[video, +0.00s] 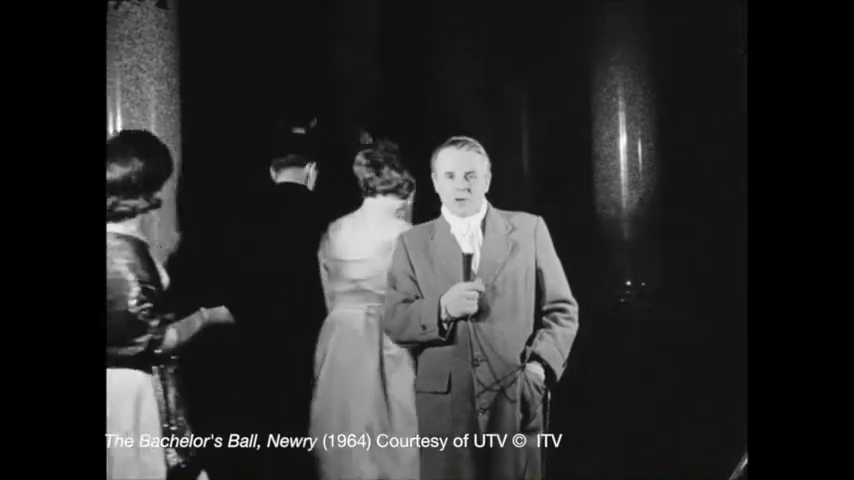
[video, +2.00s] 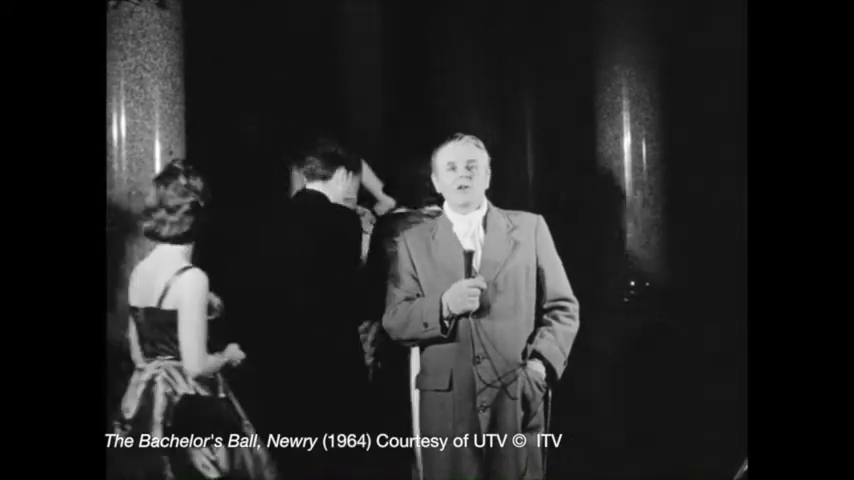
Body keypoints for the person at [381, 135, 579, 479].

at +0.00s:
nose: (460, 186)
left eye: (470, 175)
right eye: (449, 176)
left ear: (488, 181)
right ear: (435, 182)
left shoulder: (529, 230)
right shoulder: (411, 243)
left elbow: (561, 309)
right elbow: (394, 319)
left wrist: (540, 365)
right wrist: (440, 309)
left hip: (513, 397)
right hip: (441, 398)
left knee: (518, 474)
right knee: (443, 474)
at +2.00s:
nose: (463, 173)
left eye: (472, 164)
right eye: (451, 166)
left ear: (488, 176)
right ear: (435, 181)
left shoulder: (530, 228)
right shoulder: (413, 242)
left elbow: (562, 306)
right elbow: (395, 319)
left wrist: (541, 363)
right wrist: (443, 306)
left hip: (516, 395)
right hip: (445, 397)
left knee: (520, 473)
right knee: (446, 473)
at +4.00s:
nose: (476, 178)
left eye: (486, 169)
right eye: (465, 170)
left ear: (503, 178)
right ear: (449, 180)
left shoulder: (541, 231)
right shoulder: (422, 241)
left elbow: (573, 310)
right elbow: (404, 320)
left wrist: (550, 366)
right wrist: (453, 306)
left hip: (524, 398)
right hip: (453, 398)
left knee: (525, 474)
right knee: (454, 473)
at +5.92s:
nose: (474, 184)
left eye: (485, 174)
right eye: (465, 175)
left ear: (507, 179)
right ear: (454, 180)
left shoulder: (546, 230)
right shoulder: (428, 240)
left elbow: (577, 309)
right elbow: (408, 317)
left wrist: (554, 365)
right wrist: (457, 308)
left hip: (528, 396)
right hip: (458, 397)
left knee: (530, 474)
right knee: (458, 474)